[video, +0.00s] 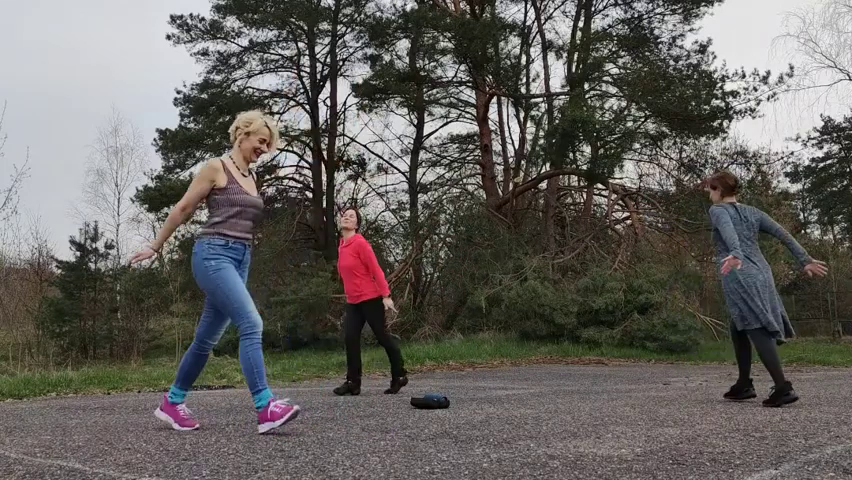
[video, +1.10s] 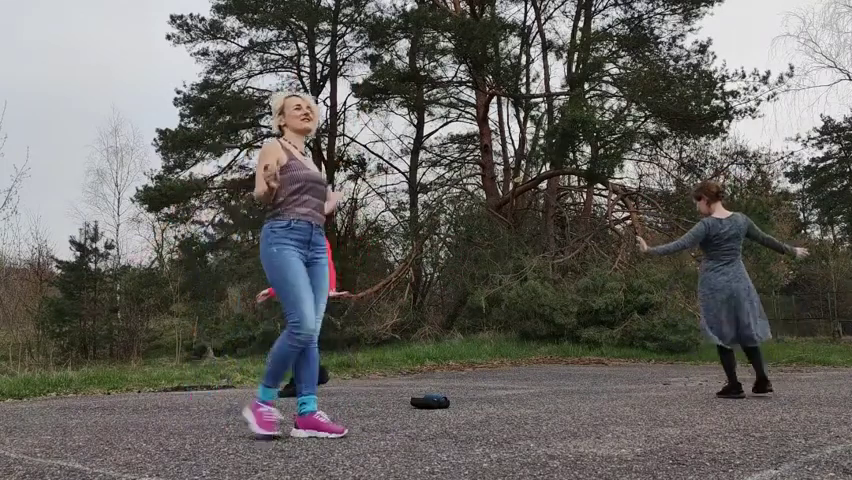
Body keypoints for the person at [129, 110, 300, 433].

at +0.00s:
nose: (262, 148)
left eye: (267, 144)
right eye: (260, 140)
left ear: (266, 146)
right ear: (241, 136)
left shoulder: (249, 175)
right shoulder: (215, 168)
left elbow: (239, 217)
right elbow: (183, 209)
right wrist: (156, 246)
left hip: (241, 257)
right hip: (213, 255)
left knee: (206, 339)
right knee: (251, 324)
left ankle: (172, 403)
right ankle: (266, 408)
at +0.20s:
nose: (254, 143)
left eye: (259, 138)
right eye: (252, 135)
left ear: (259, 139)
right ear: (235, 129)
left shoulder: (243, 169)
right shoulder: (206, 159)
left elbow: (233, 214)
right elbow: (176, 201)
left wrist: (247, 239)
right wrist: (151, 239)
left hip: (235, 249)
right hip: (205, 245)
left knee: (204, 332)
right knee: (238, 318)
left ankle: (176, 399)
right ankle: (213, 397)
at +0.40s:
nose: (246, 124)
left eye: (251, 120)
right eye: (240, 118)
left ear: (256, 129)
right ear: (226, 122)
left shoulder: (243, 167)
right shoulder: (212, 153)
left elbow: (242, 212)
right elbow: (188, 190)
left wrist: (272, 222)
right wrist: (174, 211)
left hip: (242, 248)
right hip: (211, 244)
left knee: (248, 323)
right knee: (212, 325)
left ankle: (203, 380)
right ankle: (193, 405)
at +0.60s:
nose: (251, 118)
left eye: (256, 114)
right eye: (244, 114)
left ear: (263, 123)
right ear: (231, 121)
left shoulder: (252, 161)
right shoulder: (220, 148)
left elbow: (249, 210)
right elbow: (206, 191)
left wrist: (282, 214)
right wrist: (208, 199)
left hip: (252, 242)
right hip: (219, 242)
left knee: (278, 305)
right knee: (217, 323)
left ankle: (251, 383)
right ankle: (198, 401)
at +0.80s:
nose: (266, 124)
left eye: (270, 120)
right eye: (258, 120)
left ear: (276, 129)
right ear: (245, 128)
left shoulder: (271, 169)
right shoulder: (235, 157)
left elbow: (273, 217)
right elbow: (230, 207)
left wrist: (293, 203)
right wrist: (242, 191)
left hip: (272, 254)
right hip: (237, 251)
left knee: (281, 334)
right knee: (227, 332)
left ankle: (299, 408)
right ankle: (198, 403)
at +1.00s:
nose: (293, 114)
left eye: (297, 110)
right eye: (284, 110)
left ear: (304, 120)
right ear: (270, 122)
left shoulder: (303, 161)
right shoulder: (264, 151)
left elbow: (296, 210)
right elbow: (252, 198)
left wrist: (313, 216)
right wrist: (263, 171)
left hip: (305, 247)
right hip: (269, 243)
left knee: (304, 334)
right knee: (272, 331)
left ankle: (306, 414)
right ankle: (223, 389)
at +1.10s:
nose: (304, 110)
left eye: (308, 106)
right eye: (296, 107)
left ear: (315, 118)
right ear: (282, 119)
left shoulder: (311, 163)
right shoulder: (274, 147)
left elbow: (314, 213)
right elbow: (261, 196)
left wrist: (331, 202)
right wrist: (269, 182)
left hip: (316, 242)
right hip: (282, 238)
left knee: (312, 330)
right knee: (302, 326)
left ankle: (307, 413)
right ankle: (263, 403)